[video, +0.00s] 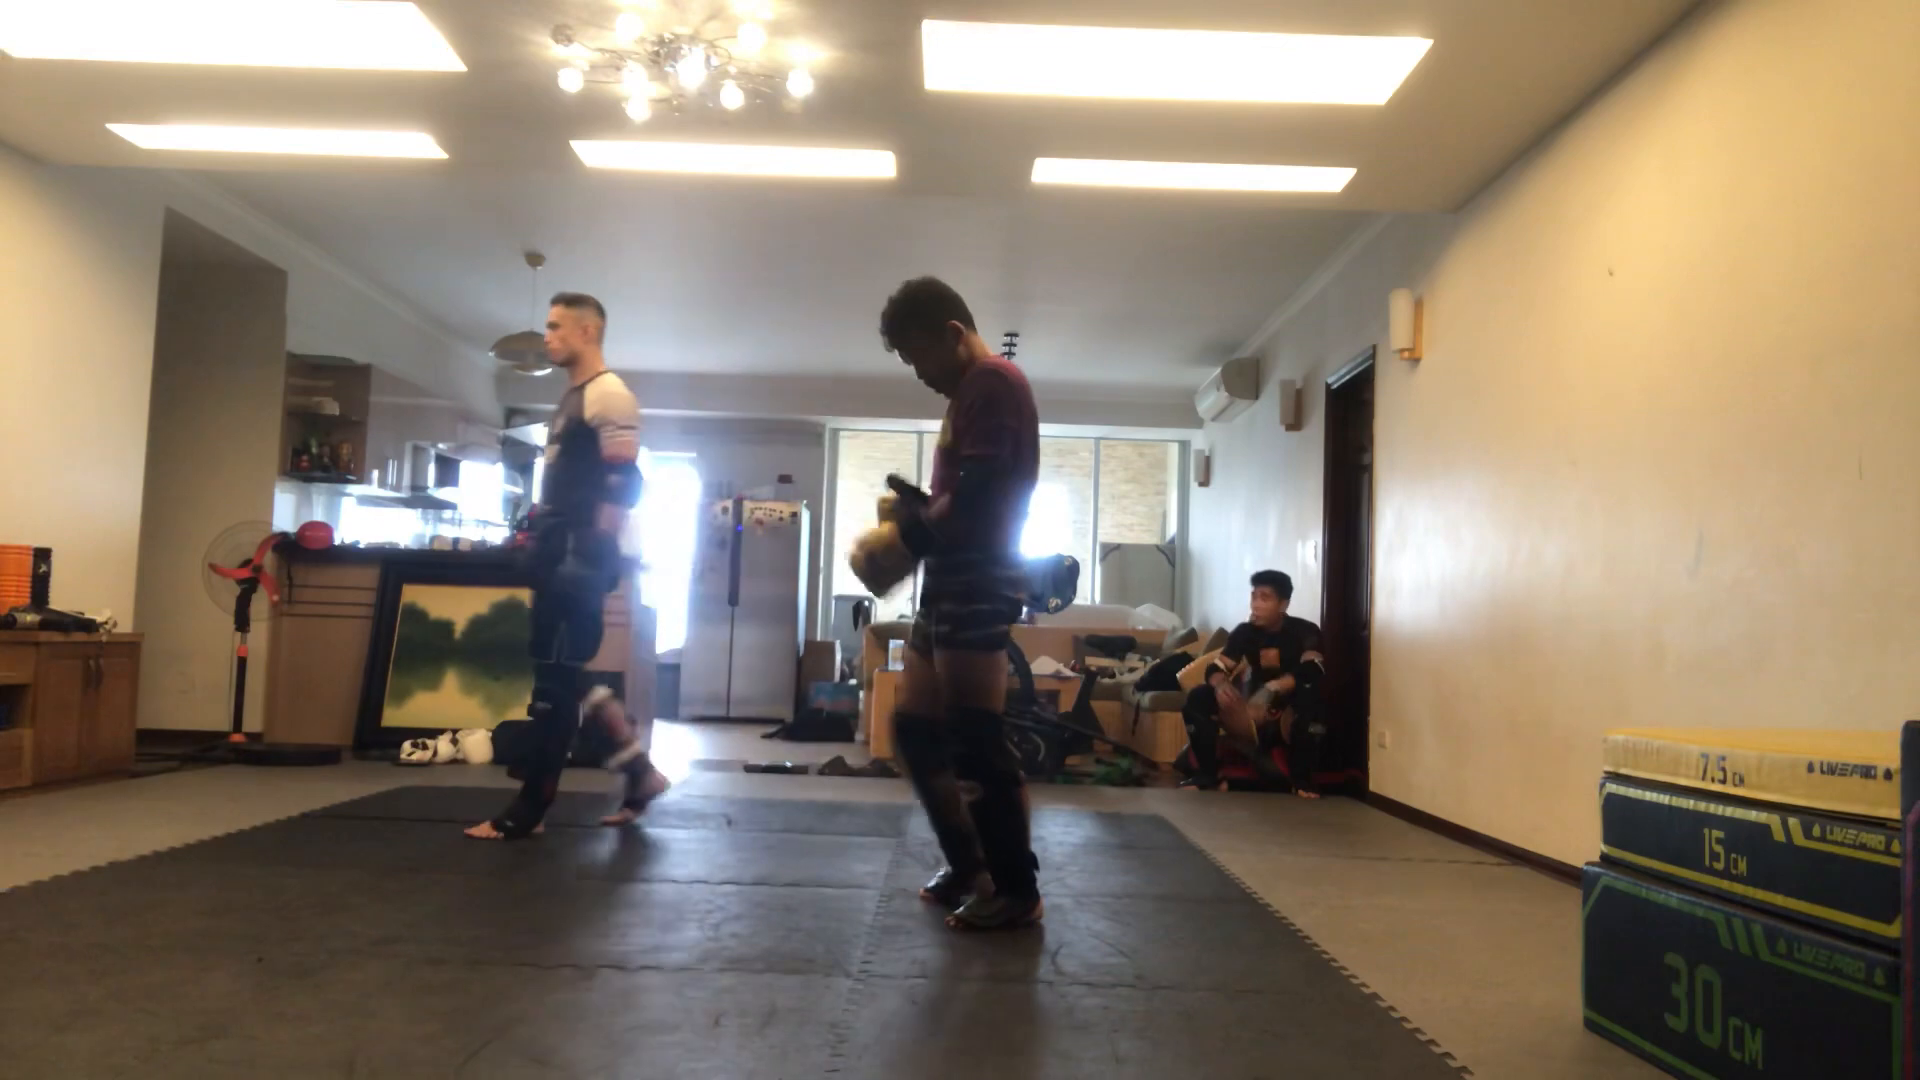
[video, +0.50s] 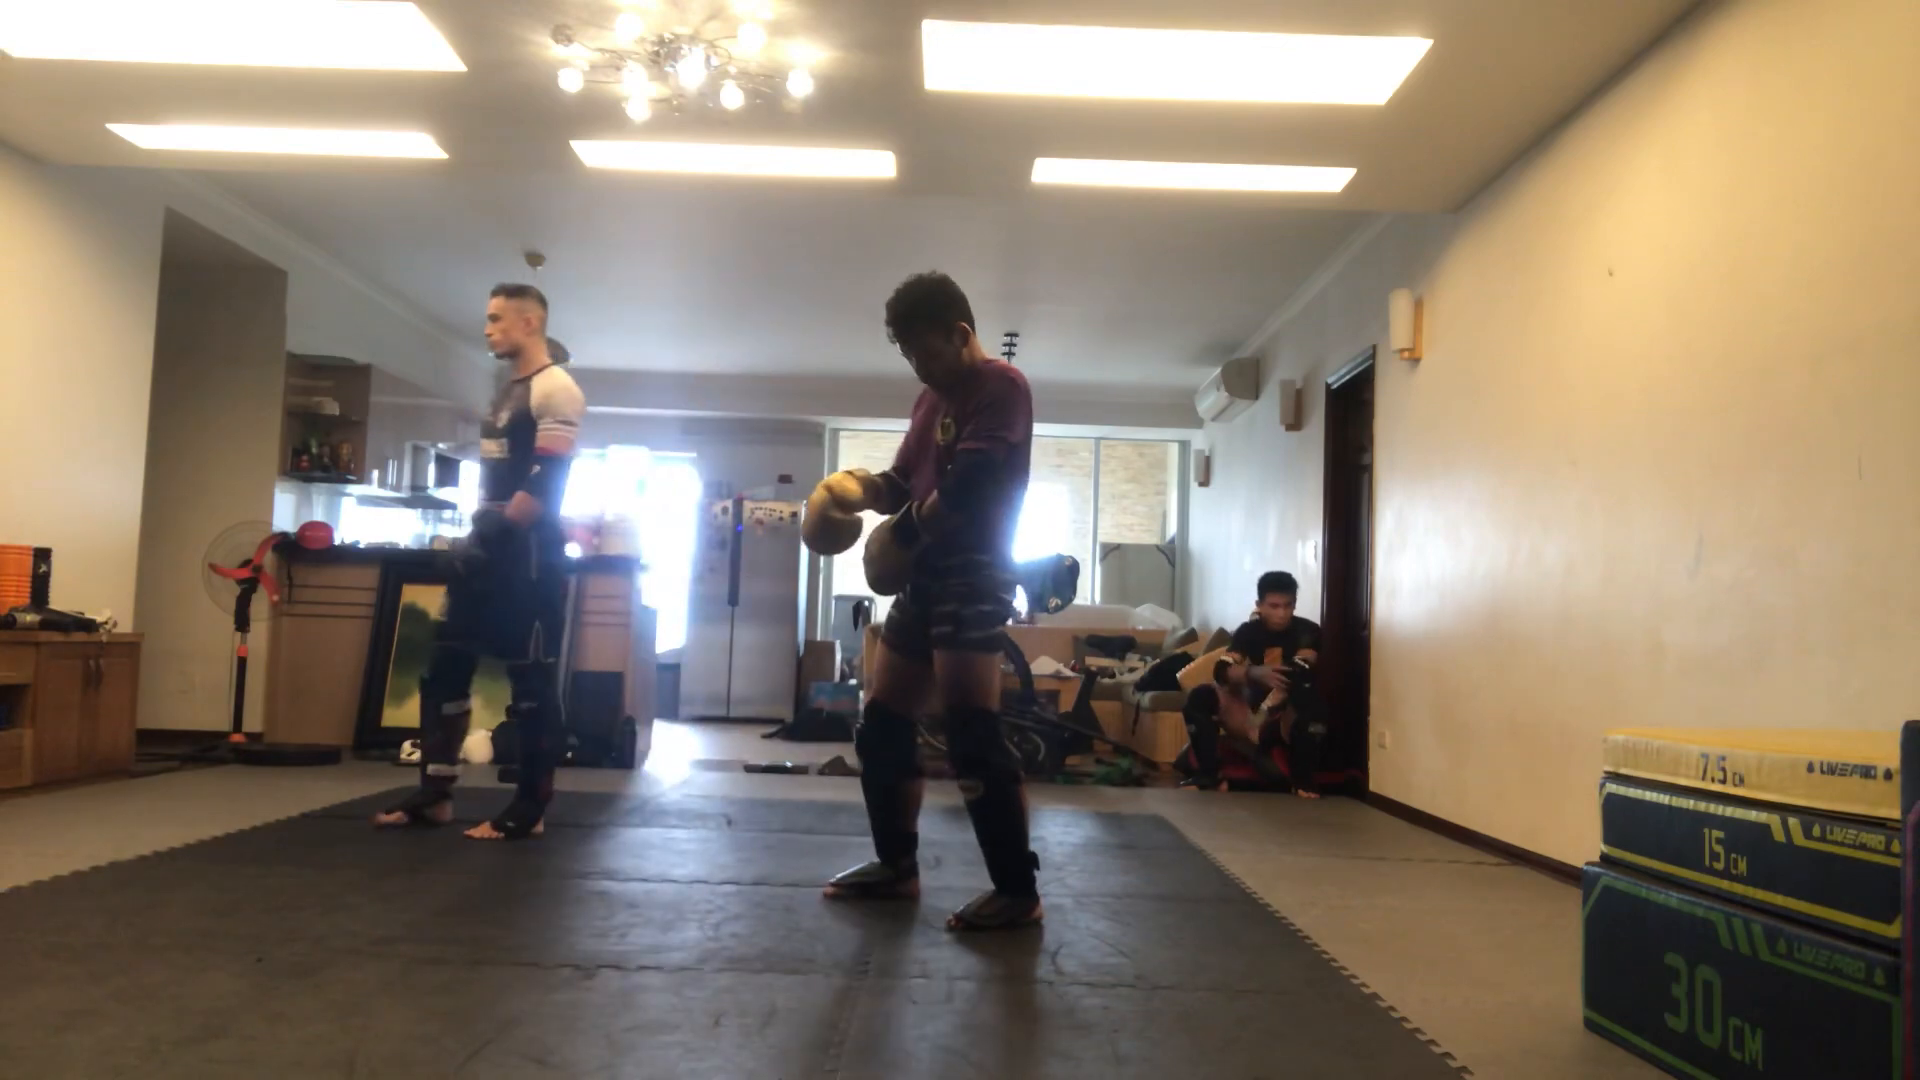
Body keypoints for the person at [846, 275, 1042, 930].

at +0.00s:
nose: (915, 371)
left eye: (916, 356)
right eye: (908, 360)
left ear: (954, 334)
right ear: (951, 339)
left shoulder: (993, 387)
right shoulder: (970, 394)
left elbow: (977, 511)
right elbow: (956, 500)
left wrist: (913, 531)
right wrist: (914, 522)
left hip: (978, 586)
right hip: (948, 586)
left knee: (977, 732)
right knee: (915, 727)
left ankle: (1017, 891)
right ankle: (968, 865)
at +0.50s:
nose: (913, 363)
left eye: (917, 347)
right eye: (905, 351)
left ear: (960, 334)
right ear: (924, 345)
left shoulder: (1000, 386)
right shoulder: (931, 399)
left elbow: (967, 489)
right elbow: (900, 482)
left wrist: (900, 535)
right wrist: (851, 492)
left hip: (974, 576)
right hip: (922, 577)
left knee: (972, 733)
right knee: (883, 727)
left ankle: (1017, 893)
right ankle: (895, 867)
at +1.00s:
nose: (933, 362)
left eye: (940, 346)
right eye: (926, 349)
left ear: (980, 334)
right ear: (928, 342)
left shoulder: (1016, 387)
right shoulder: (936, 396)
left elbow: (988, 485)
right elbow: (907, 473)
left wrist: (924, 537)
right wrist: (885, 515)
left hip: (991, 578)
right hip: (935, 579)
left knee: (985, 733)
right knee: (893, 727)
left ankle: (1017, 893)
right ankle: (897, 868)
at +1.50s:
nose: (949, 359)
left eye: (958, 343)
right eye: (944, 345)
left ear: (1001, 331)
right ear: (946, 338)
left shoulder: (1034, 390)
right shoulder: (960, 401)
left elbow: (1004, 490)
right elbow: (938, 502)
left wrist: (922, 537)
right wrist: (896, 466)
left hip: (997, 575)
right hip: (945, 574)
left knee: (989, 734)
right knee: (906, 728)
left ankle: (1018, 893)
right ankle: (899, 868)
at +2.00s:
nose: (963, 347)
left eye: (974, 333)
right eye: (960, 333)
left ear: (1018, 328)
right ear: (969, 329)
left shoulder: (1042, 391)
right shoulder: (972, 390)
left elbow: (966, 464)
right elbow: (918, 446)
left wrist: (884, 503)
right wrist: (868, 478)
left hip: (993, 576)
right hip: (945, 575)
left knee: (988, 735)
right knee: (919, 728)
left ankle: (1017, 893)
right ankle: (899, 869)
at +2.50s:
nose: (937, 332)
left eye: (946, 318)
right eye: (937, 319)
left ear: (984, 317)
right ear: (978, 319)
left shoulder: (1020, 380)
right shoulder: (975, 393)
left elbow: (1028, 483)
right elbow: (965, 497)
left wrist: (974, 561)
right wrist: (910, 539)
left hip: (1021, 574)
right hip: (981, 572)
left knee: (1012, 730)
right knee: (930, 715)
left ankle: (1019, 893)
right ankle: (945, 864)